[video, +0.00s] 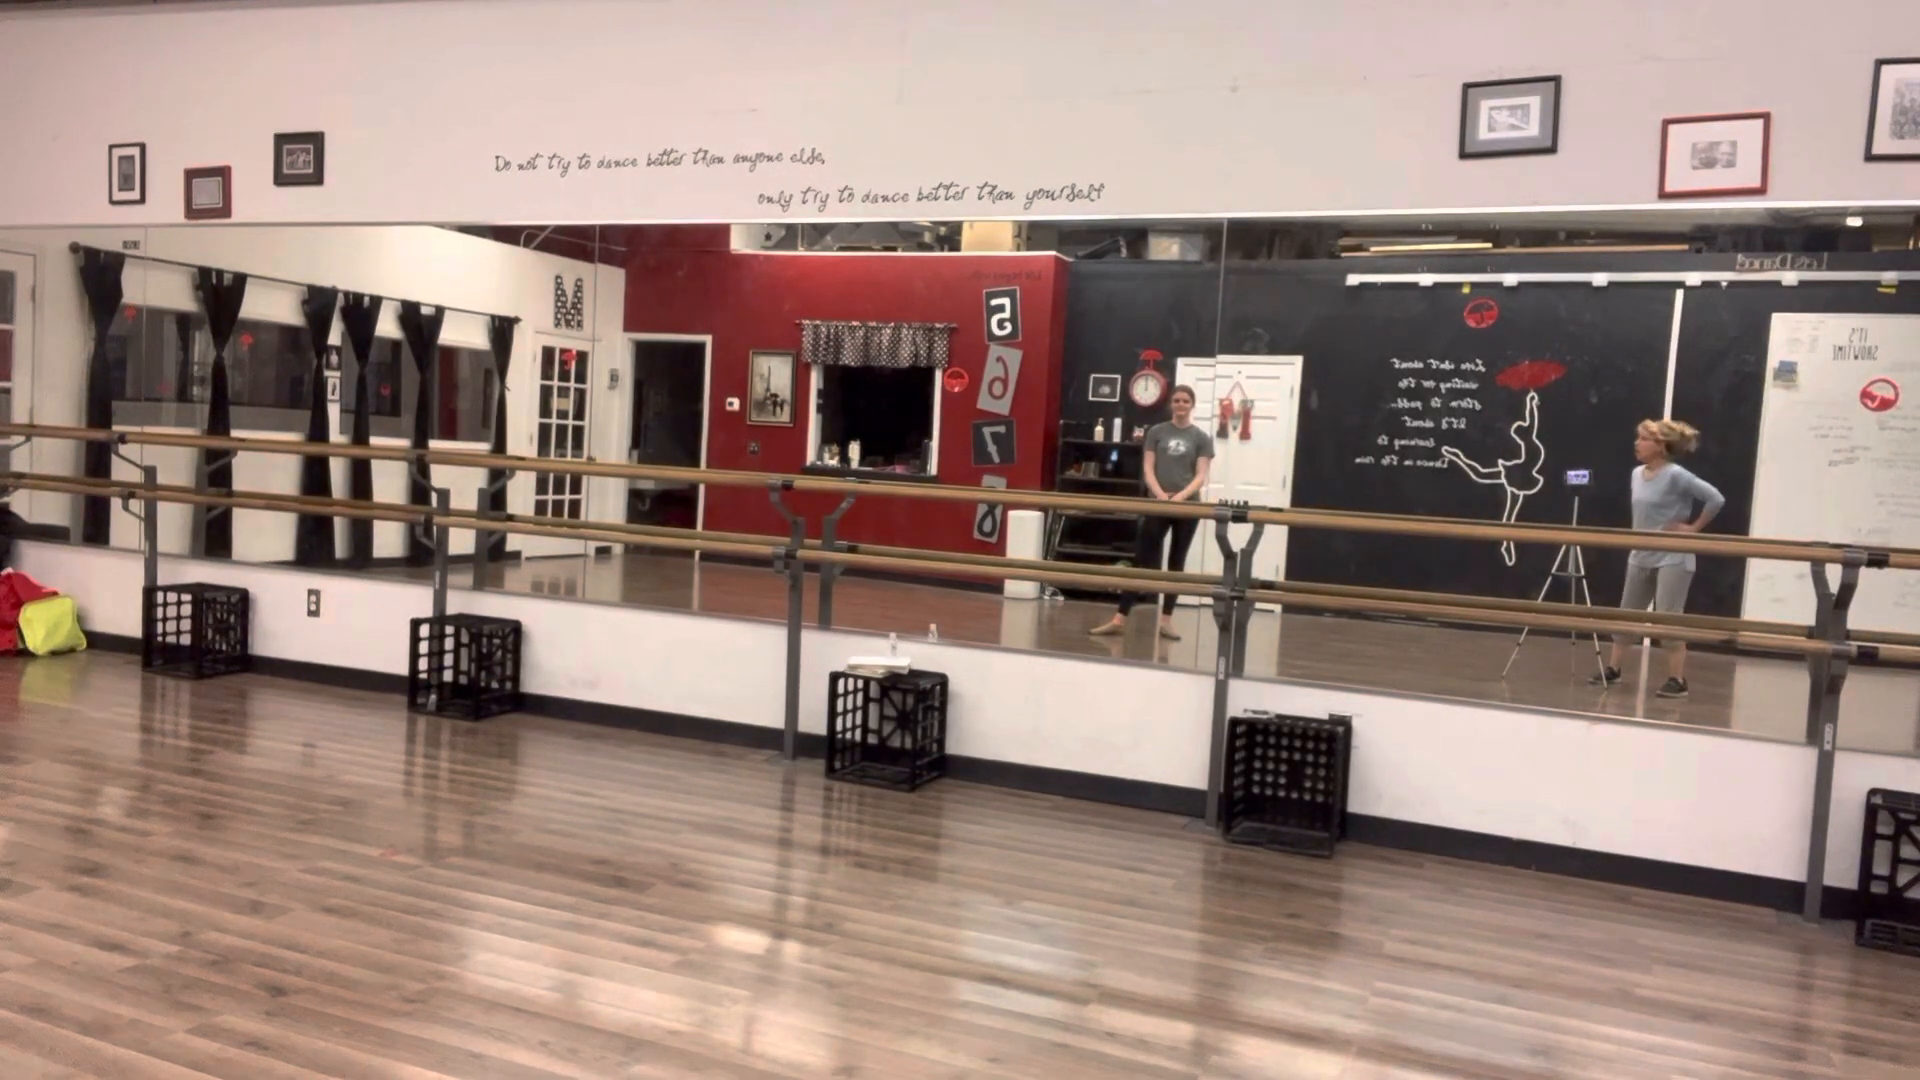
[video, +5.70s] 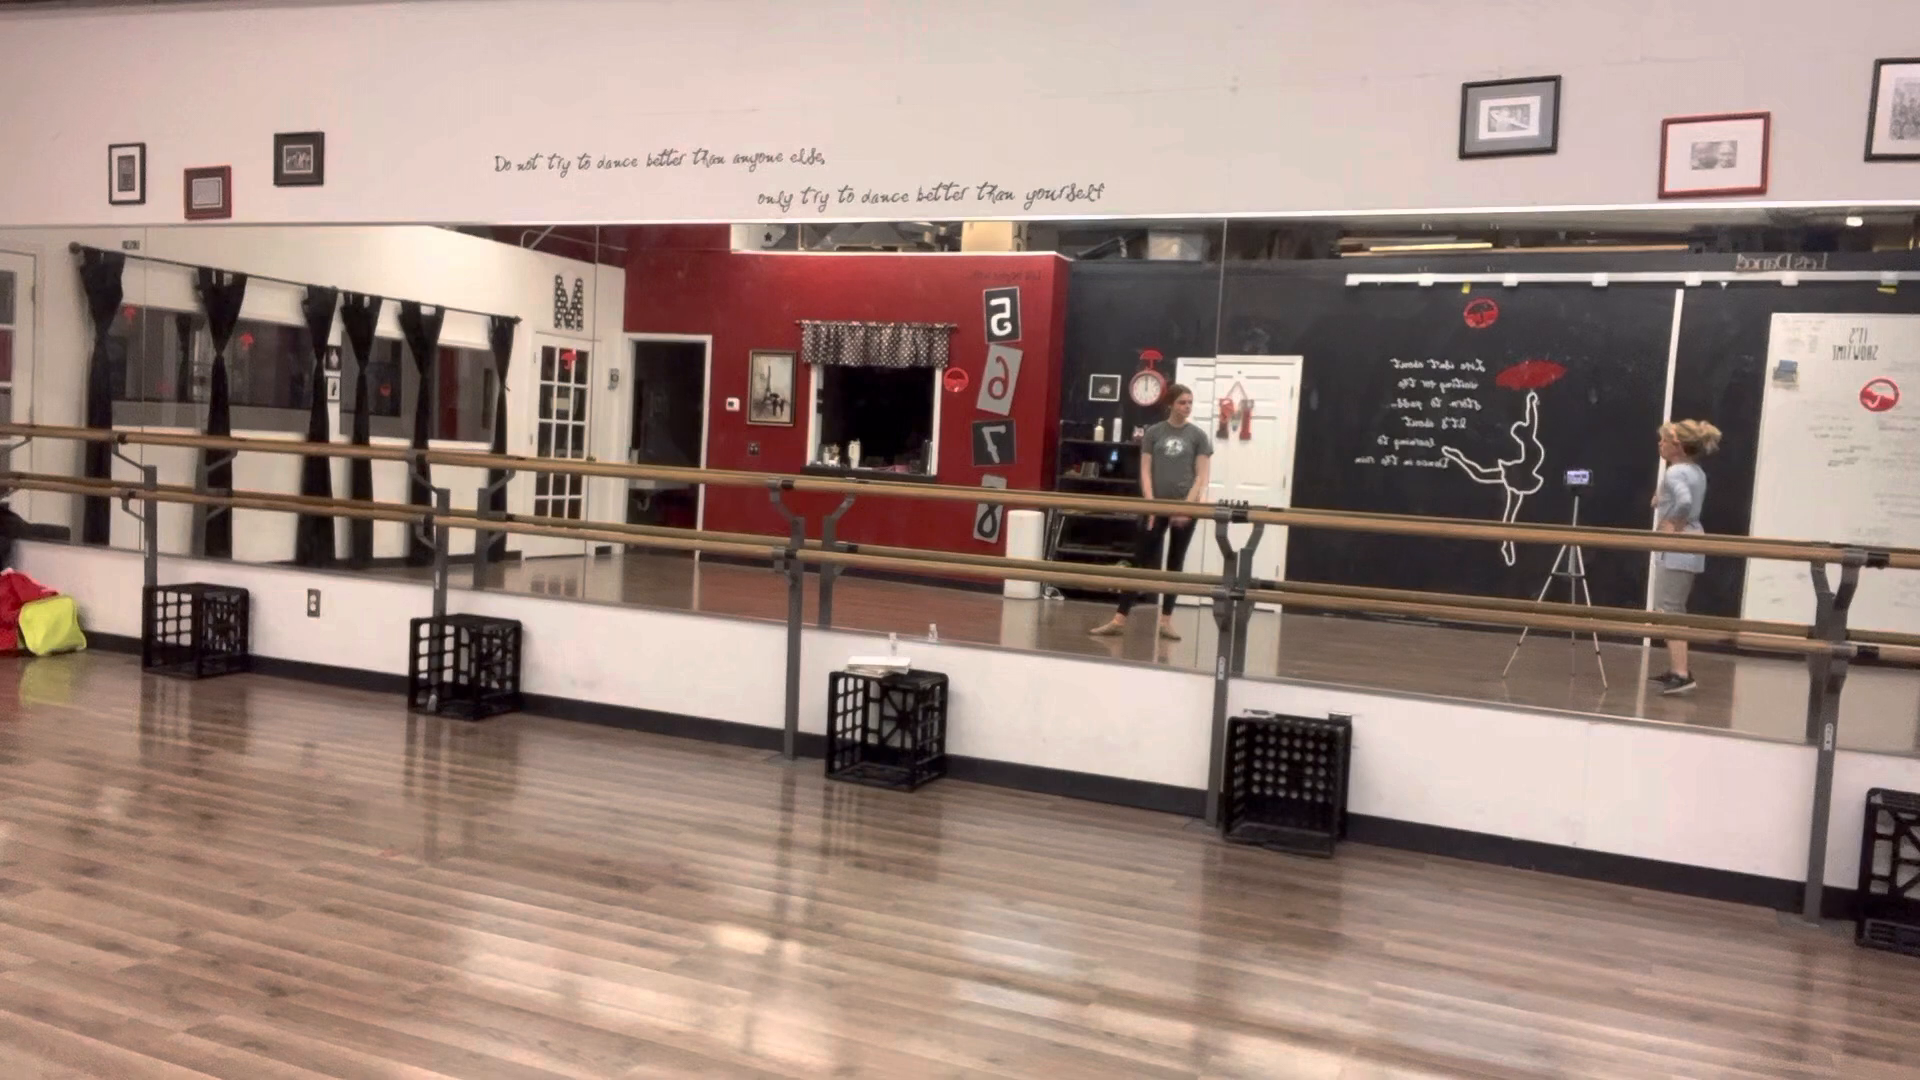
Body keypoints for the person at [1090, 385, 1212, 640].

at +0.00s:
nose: (1180, 405)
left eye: (1185, 401)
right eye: (1177, 401)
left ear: (1192, 405)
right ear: (1170, 404)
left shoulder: (1202, 438)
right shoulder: (1155, 432)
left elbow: (1201, 475)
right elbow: (1148, 469)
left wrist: (1182, 495)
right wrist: (1160, 494)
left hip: (1187, 503)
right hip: (1158, 500)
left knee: (1177, 560)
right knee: (1143, 555)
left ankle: (1166, 618)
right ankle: (1120, 616)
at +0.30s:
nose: (1180, 405)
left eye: (1185, 401)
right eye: (1177, 400)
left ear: (1192, 405)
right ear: (1170, 404)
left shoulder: (1201, 438)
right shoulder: (1154, 433)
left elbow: (1208, 478)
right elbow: (1142, 473)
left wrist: (1212, 512)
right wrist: (1133, 509)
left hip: (1186, 510)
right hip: (1154, 507)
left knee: (1176, 565)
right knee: (1141, 560)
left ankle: (1165, 620)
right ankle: (1120, 617)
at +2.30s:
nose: (1183, 405)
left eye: (1187, 401)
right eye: (1179, 400)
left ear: (1192, 405)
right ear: (1171, 403)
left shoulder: (1201, 437)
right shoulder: (1154, 432)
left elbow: (1202, 475)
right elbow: (1148, 471)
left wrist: (1180, 500)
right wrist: (1164, 501)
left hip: (1186, 504)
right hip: (1157, 502)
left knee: (1176, 561)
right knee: (1142, 557)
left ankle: (1166, 619)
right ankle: (1120, 617)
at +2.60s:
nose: (1181, 404)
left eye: (1185, 400)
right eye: (1177, 400)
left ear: (1192, 405)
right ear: (1170, 403)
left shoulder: (1201, 438)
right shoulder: (1154, 433)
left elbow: (1207, 480)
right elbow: (1143, 471)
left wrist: (1205, 515)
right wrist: (1136, 506)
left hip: (1186, 510)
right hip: (1154, 507)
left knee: (1176, 565)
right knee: (1141, 561)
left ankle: (1166, 619)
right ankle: (1120, 617)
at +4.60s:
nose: (1178, 404)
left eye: (1183, 400)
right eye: (1174, 400)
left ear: (1190, 404)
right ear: (1168, 403)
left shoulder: (1200, 436)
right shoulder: (1154, 432)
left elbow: (1200, 476)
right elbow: (1148, 471)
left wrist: (1174, 503)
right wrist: (1164, 503)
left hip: (1186, 505)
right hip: (1157, 502)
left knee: (1175, 561)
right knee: (1142, 557)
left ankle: (1166, 619)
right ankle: (1120, 617)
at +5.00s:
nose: (1181, 405)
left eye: (1185, 401)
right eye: (1177, 401)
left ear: (1191, 405)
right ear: (1169, 404)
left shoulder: (1200, 437)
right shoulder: (1153, 432)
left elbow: (1208, 479)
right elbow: (1140, 472)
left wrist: (1210, 515)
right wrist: (1130, 508)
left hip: (1185, 510)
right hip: (1154, 507)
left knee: (1175, 565)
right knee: (1141, 560)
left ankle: (1166, 620)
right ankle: (1120, 617)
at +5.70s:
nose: (1186, 407)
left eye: (1189, 403)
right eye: (1182, 403)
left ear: (1192, 406)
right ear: (1171, 404)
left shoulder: (1199, 437)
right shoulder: (1152, 433)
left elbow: (1201, 477)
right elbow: (1145, 471)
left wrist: (1186, 509)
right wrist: (1150, 506)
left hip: (1184, 507)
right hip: (1156, 505)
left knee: (1175, 563)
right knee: (1141, 559)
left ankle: (1166, 618)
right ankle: (1120, 616)